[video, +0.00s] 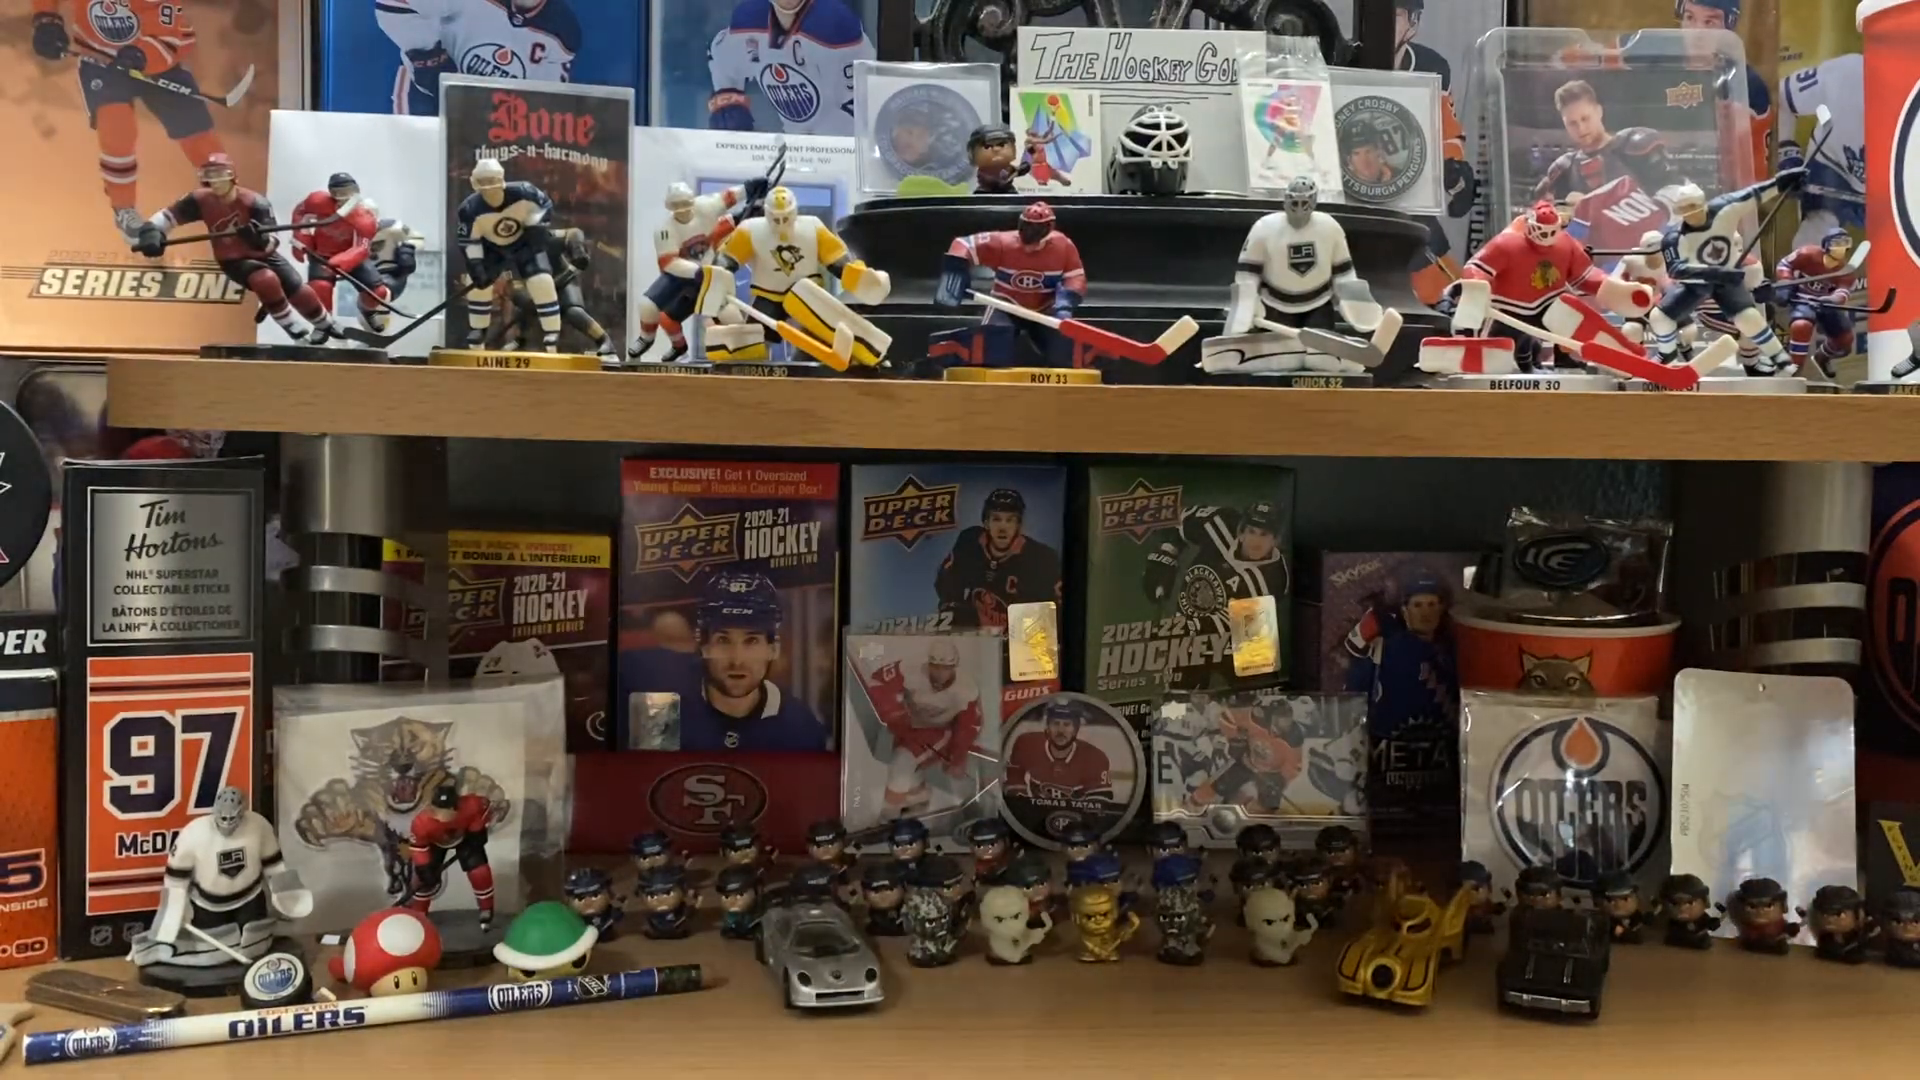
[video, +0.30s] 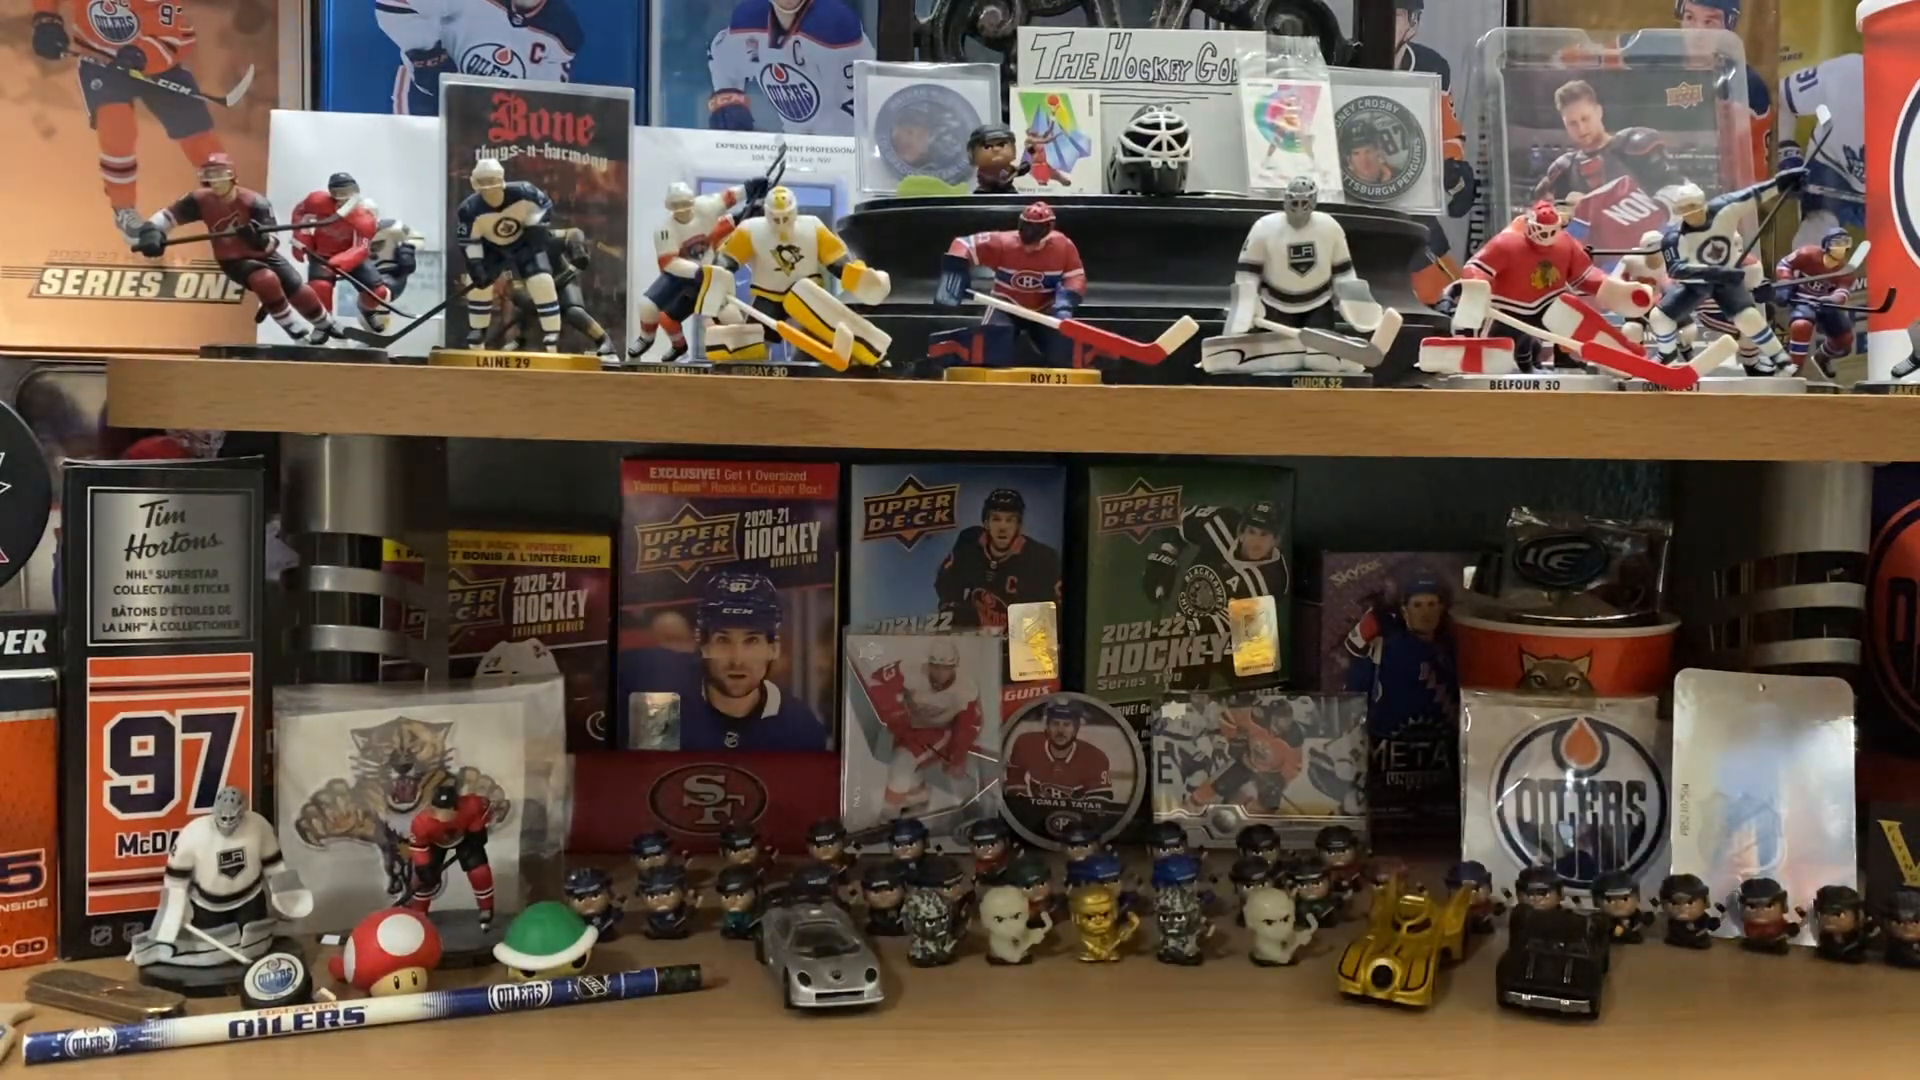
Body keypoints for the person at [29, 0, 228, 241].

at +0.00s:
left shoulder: (161, 7)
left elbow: (172, 40)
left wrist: (141, 54)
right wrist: (46, 18)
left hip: (157, 60)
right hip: (100, 60)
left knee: (206, 149)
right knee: (118, 128)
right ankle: (125, 211)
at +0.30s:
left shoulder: (162, 7)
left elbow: (174, 40)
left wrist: (141, 54)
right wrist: (46, 17)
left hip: (158, 60)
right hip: (100, 60)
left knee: (207, 150)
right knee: (118, 128)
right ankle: (125, 211)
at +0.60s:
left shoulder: (160, 7)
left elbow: (175, 39)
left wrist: (141, 54)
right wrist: (46, 18)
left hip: (157, 61)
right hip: (100, 61)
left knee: (208, 151)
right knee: (118, 128)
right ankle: (125, 211)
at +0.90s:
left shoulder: (160, 7)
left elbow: (177, 40)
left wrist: (142, 54)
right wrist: (46, 18)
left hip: (157, 61)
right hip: (100, 61)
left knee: (207, 151)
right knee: (118, 127)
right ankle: (125, 211)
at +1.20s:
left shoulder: (160, 7)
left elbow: (178, 39)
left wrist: (142, 54)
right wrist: (46, 18)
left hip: (157, 61)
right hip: (100, 61)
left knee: (206, 148)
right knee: (118, 128)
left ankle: (232, 209)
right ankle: (125, 211)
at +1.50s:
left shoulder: (160, 7)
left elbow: (179, 39)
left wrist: (142, 54)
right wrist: (46, 18)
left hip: (157, 62)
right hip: (100, 61)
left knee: (206, 149)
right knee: (118, 128)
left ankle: (232, 210)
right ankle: (125, 211)